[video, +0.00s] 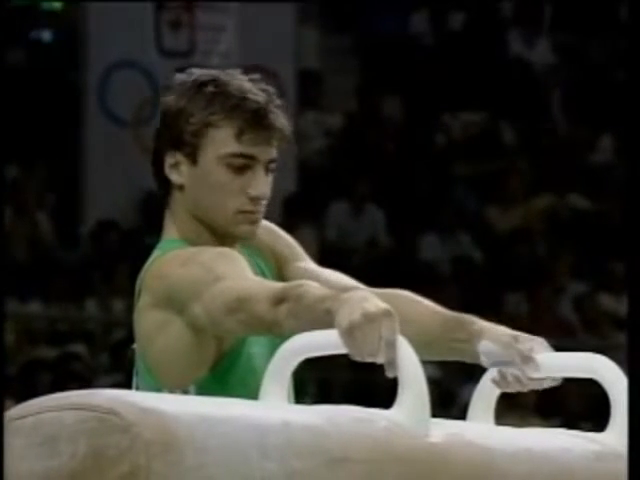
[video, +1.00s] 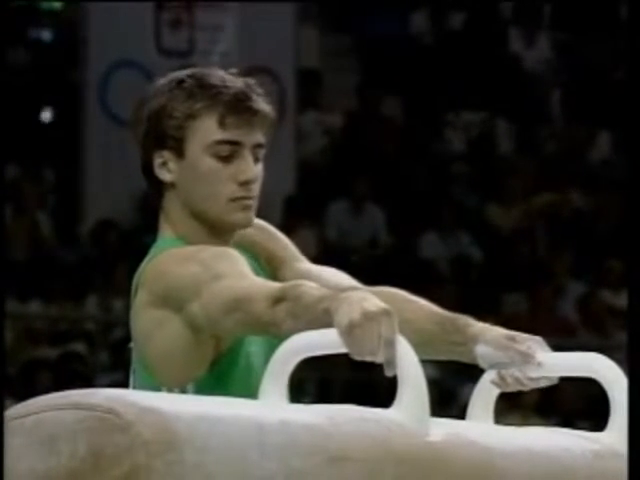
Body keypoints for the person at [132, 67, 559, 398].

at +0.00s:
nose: (260, 187)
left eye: (269, 168)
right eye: (238, 166)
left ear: (277, 168)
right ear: (177, 168)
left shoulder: (262, 242)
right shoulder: (185, 270)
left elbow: (363, 298)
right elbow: (272, 305)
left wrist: (481, 337)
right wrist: (345, 304)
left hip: (253, 466)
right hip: (190, 469)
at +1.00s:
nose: (250, 175)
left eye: (256, 155)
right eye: (225, 155)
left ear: (264, 159)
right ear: (166, 166)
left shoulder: (253, 241)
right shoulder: (183, 269)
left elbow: (355, 294)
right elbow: (270, 306)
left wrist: (477, 339)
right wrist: (341, 303)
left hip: (247, 465)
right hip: (186, 468)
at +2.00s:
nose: (254, 186)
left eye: (262, 166)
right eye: (231, 165)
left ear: (271, 163)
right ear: (171, 169)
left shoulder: (255, 238)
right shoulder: (182, 270)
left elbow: (357, 294)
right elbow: (272, 307)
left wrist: (478, 338)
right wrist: (342, 303)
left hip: (248, 467)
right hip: (188, 471)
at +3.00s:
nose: (244, 190)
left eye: (253, 170)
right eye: (221, 168)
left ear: (262, 167)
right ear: (162, 171)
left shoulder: (245, 239)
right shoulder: (166, 273)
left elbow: (353, 293)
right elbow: (264, 309)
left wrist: (476, 339)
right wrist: (339, 305)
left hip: (232, 467)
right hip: (168, 471)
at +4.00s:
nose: (285, 225)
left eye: (293, 211)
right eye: (274, 208)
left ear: (298, 208)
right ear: (226, 195)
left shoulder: (287, 251)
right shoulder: (189, 237)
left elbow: (346, 343)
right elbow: (235, 293)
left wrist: (411, 349)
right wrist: (323, 305)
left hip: (256, 430)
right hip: (181, 429)